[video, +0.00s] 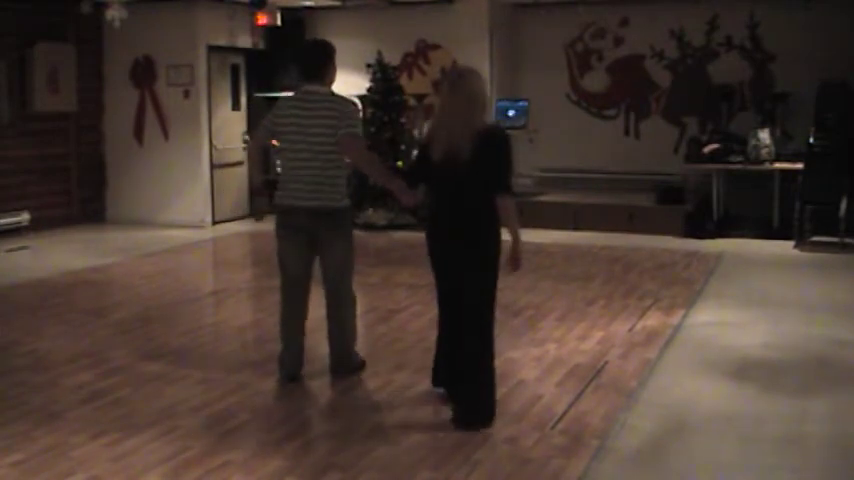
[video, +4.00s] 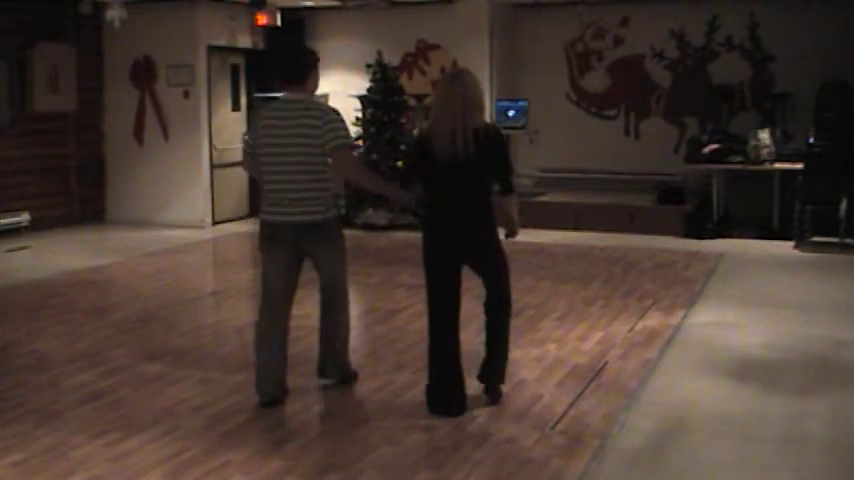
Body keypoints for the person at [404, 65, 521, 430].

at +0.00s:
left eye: (444, 93)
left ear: (444, 98)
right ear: (482, 98)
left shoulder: (436, 139)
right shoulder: (493, 139)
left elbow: (412, 191)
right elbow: (502, 196)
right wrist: (515, 239)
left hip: (443, 241)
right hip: (480, 243)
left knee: (451, 314)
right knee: (478, 321)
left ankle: (448, 381)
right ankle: (476, 408)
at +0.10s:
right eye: (484, 94)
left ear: (445, 97)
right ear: (483, 98)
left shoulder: (435, 138)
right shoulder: (494, 138)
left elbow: (413, 191)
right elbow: (503, 197)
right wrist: (516, 239)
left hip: (442, 242)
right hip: (480, 243)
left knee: (452, 317)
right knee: (480, 321)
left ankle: (452, 390)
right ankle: (478, 407)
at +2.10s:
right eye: (473, 97)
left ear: (435, 102)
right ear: (475, 101)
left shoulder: (421, 143)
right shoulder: (485, 140)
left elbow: (412, 193)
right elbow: (495, 196)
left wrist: (428, 217)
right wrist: (505, 236)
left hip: (435, 242)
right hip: (475, 240)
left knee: (440, 320)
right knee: (484, 318)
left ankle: (442, 395)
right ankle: (485, 391)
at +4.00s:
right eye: (477, 95)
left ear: (439, 100)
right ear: (478, 99)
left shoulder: (426, 141)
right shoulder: (489, 138)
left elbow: (412, 191)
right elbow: (505, 192)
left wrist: (428, 215)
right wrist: (511, 223)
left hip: (439, 239)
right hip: (479, 238)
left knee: (442, 317)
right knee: (499, 296)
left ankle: (445, 397)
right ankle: (493, 376)